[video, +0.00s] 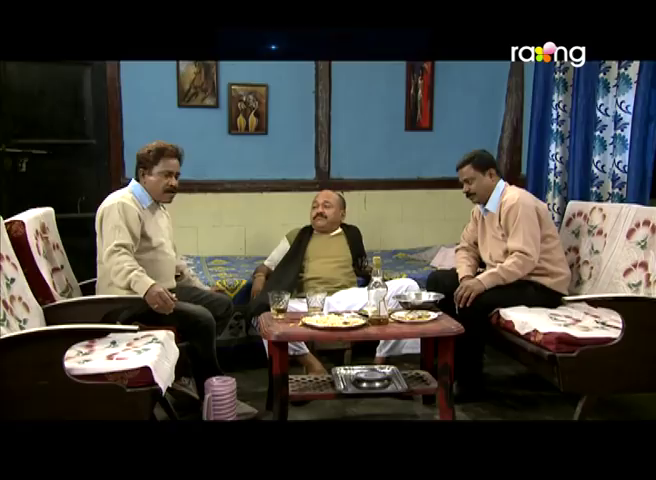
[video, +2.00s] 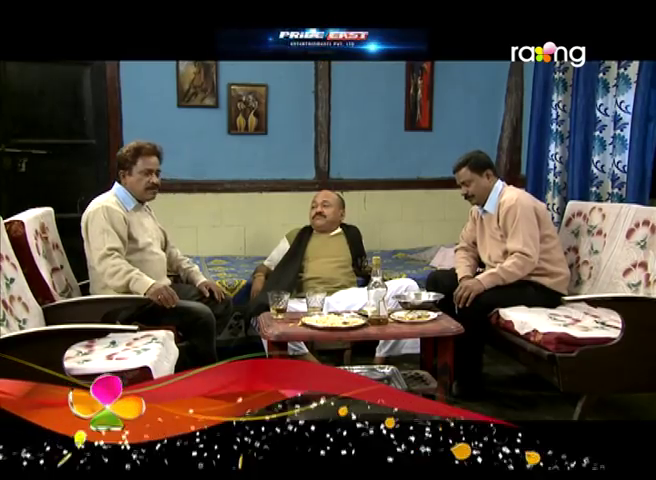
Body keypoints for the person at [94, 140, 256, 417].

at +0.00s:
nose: (174, 183)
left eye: (176, 176)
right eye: (167, 175)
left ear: (177, 178)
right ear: (144, 175)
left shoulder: (159, 208)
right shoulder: (119, 206)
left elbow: (172, 261)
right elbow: (117, 257)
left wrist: (202, 291)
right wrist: (147, 287)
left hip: (164, 292)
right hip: (128, 302)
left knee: (222, 306)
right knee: (201, 320)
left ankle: (184, 378)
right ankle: (215, 398)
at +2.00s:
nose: (155, 180)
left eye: (157, 174)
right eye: (146, 174)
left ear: (160, 174)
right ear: (124, 176)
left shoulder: (142, 210)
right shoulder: (104, 209)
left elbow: (169, 253)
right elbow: (108, 266)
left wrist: (199, 280)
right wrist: (148, 286)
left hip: (159, 292)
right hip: (126, 304)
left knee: (219, 302)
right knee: (201, 317)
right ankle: (206, 383)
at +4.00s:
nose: (176, 188)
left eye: (181, 183)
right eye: (170, 180)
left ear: (183, 184)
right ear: (148, 177)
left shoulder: (157, 213)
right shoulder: (124, 208)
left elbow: (175, 257)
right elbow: (140, 260)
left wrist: (200, 281)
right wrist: (163, 244)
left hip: (157, 295)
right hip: (127, 304)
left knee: (219, 304)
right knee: (201, 319)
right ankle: (204, 385)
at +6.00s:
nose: (175, 188)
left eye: (180, 182)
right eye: (169, 179)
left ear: (183, 184)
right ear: (147, 177)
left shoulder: (157, 213)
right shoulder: (124, 208)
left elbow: (178, 258)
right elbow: (143, 260)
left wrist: (202, 282)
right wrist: (166, 242)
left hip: (156, 296)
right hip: (127, 304)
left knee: (219, 304)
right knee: (200, 319)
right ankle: (203, 385)